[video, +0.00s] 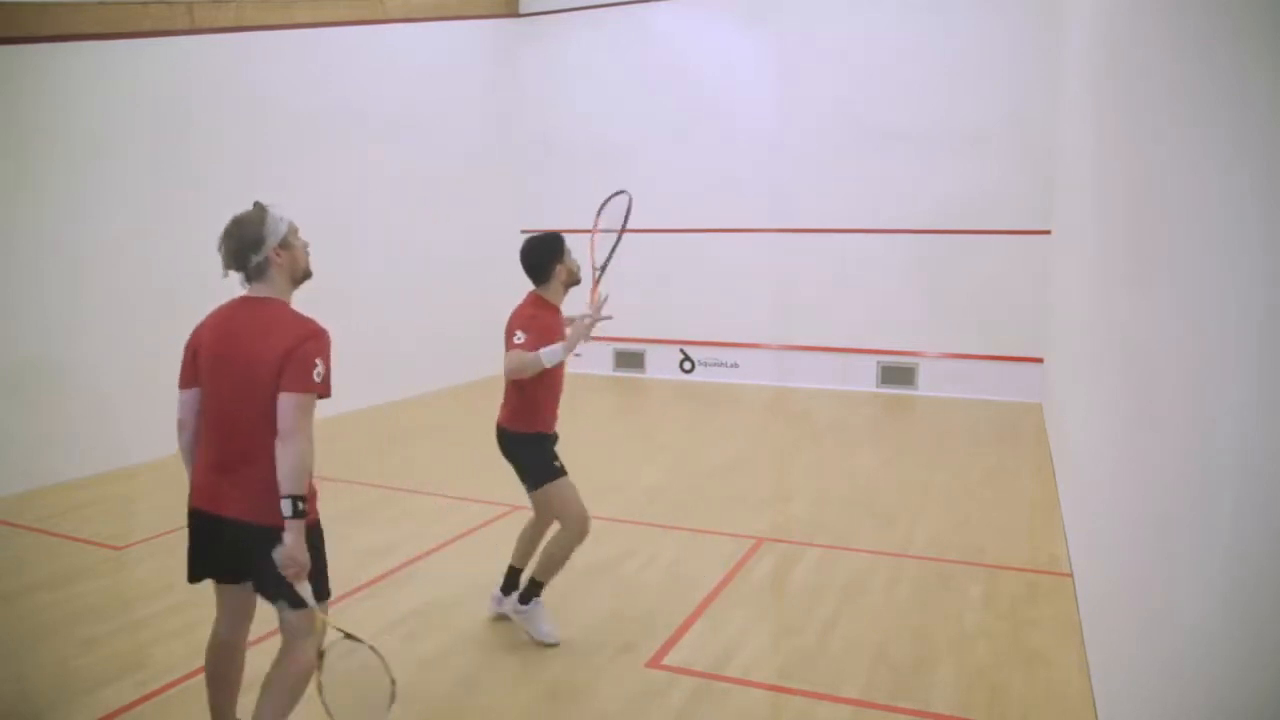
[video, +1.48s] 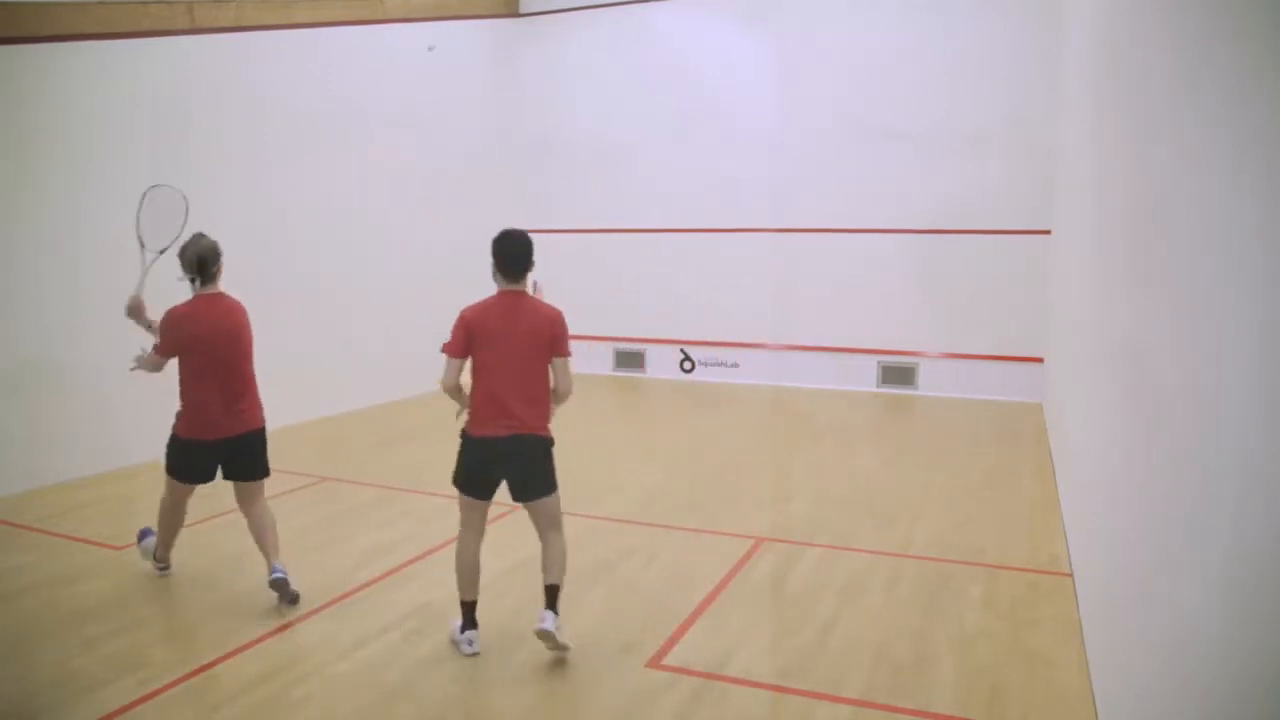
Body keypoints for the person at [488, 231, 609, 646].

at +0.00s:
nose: (574, 264)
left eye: (570, 257)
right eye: (569, 258)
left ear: (546, 271)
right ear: (558, 269)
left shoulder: (547, 311)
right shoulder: (530, 317)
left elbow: (558, 332)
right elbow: (514, 367)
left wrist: (588, 319)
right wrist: (567, 345)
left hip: (534, 432)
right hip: (523, 436)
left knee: (544, 514)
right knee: (576, 523)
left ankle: (507, 592)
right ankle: (527, 600)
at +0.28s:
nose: (655, 295)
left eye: (651, 288)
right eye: (648, 290)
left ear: (623, 311)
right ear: (633, 307)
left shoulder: (634, 344)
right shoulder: (607, 360)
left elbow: (642, 327)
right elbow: (613, 406)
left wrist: (654, 310)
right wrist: (600, 343)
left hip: (621, 476)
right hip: (618, 481)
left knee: (585, 534)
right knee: (681, 561)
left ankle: (523, 581)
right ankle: (701, 673)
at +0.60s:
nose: (717, 285)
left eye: (712, 277)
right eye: (713, 278)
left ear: (672, 293)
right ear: (704, 288)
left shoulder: (655, 344)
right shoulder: (715, 352)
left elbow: (693, 378)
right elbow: (782, 364)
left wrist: (742, 388)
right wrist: (831, 359)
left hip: (658, 487)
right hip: (698, 494)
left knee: (697, 533)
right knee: (768, 595)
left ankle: (659, 618)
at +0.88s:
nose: (697, 293)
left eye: (690, 286)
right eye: (696, 287)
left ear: (653, 299)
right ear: (695, 294)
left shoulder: (635, 357)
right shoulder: (716, 355)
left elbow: (614, 423)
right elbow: (764, 420)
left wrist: (647, 442)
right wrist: (758, 433)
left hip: (656, 497)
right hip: (707, 498)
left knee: (690, 556)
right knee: (761, 597)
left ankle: (668, 658)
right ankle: (780, 710)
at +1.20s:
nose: (593, 273)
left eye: (579, 266)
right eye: (605, 265)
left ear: (571, 270)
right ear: (613, 269)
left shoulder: (552, 325)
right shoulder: (636, 323)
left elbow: (524, 397)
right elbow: (665, 399)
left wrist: (529, 440)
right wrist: (645, 425)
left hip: (566, 465)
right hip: (619, 467)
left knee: (547, 544)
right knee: (609, 578)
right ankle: (597, 691)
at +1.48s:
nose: (514, 267)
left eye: (498, 261)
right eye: (523, 260)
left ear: (493, 266)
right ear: (531, 266)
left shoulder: (472, 316)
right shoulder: (550, 318)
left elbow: (450, 383)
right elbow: (563, 388)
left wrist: (466, 400)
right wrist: (541, 410)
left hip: (481, 446)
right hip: (530, 446)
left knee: (470, 535)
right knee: (551, 531)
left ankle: (469, 629)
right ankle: (550, 614)